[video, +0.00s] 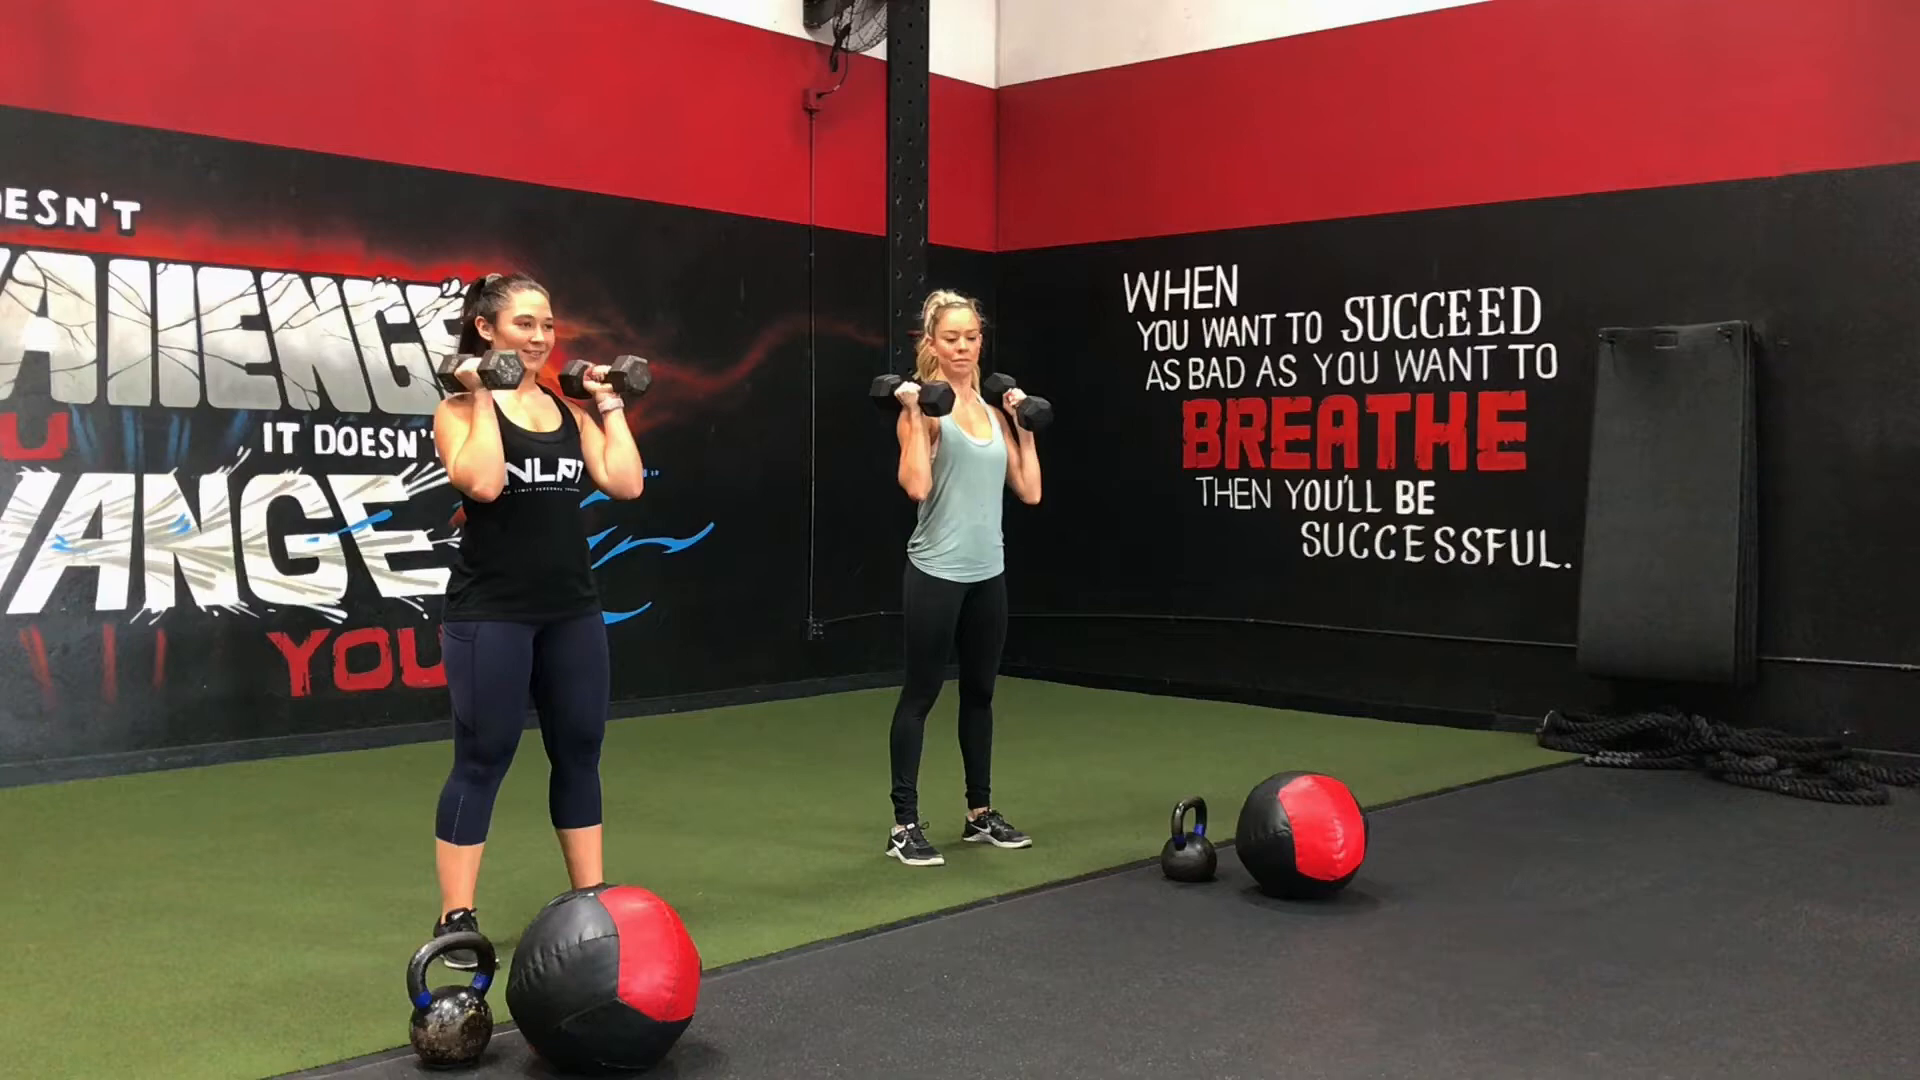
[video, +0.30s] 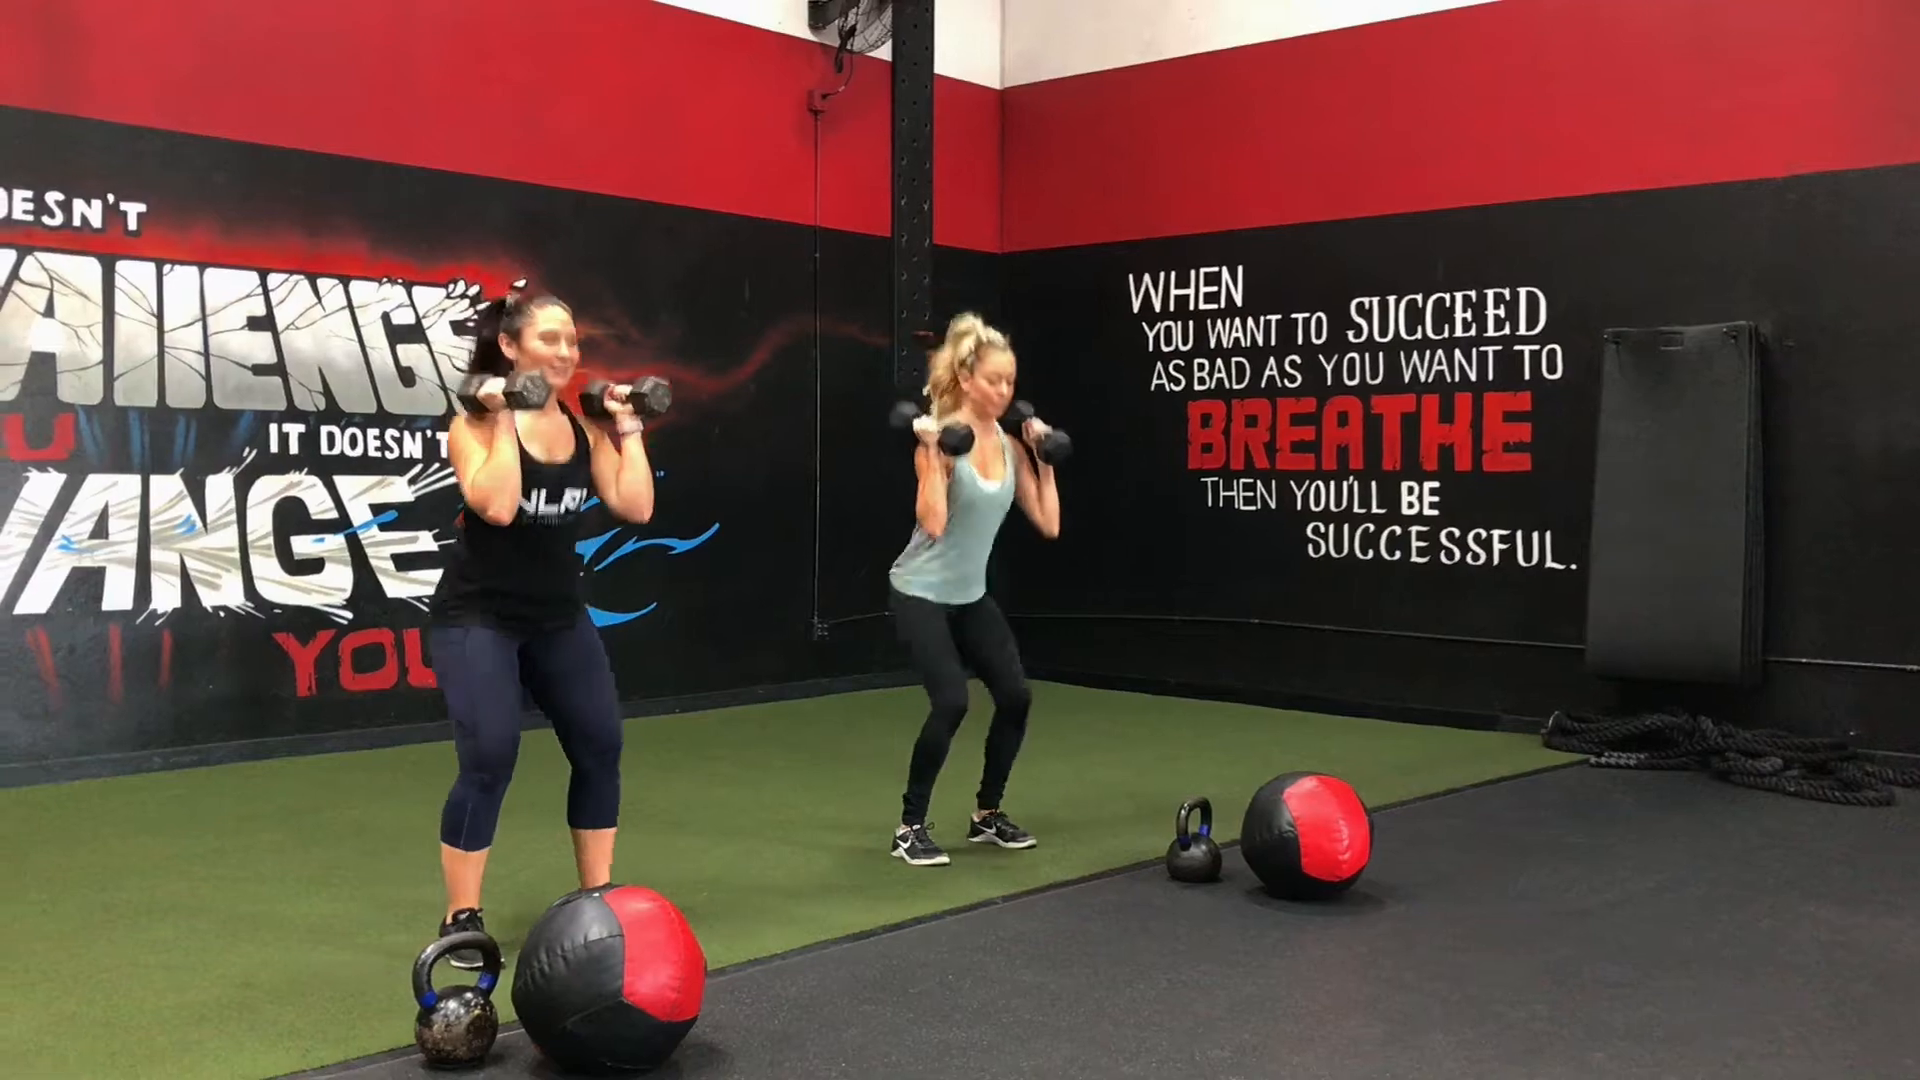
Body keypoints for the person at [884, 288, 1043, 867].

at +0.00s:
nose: (964, 348)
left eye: (972, 338)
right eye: (952, 338)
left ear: (982, 342)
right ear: (930, 343)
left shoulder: (995, 413)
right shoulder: (919, 410)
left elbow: (1030, 493)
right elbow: (916, 486)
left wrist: (1023, 428)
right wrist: (914, 415)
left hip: (987, 572)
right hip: (936, 571)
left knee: (979, 691)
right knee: (920, 692)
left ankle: (979, 815)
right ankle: (906, 824)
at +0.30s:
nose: (1005, 391)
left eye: (1009, 381)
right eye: (994, 380)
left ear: (1013, 383)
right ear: (962, 380)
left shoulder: (1010, 444)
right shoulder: (936, 439)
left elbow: (1049, 523)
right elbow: (933, 523)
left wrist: (1042, 455)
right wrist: (935, 455)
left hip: (972, 596)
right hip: (919, 593)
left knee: (1014, 696)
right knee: (952, 700)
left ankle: (987, 815)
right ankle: (912, 826)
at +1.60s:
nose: (1017, 514)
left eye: (1019, 505)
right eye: (1005, 505)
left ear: (1021, 514)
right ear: (975, 515)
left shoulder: (1014, 573)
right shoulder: (946, 568)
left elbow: (1055, 649)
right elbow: (943, 657)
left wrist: (1052, 580)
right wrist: (944, 578)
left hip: (950, 691)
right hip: (894, 689)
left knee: (1039, 712)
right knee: (954, 723)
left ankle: (990, 817)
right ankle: (915, 831)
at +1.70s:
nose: (1015, 473)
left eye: (1016, 463)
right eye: (1003, 464)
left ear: (1014, 473)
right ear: (971, 473)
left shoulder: (1011, 533)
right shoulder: (947, 531)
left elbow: (1058, 608)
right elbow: (939, 613)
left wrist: (1053, 539)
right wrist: (942, 535)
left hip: (950, 658)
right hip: (897, 657)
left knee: (1034, 711)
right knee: (954, 720)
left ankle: (990, 817)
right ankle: (915, 830)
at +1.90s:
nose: (991, 345)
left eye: (995, 337)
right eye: (980, 335)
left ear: (996, 346)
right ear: (952, 342)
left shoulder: (1001, 402)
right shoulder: (936, 402)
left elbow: (1079, 391)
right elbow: (929, 378)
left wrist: (1058, 325)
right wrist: (933, 309)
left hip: (983, 571)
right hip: (931, 572)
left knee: (998, 686)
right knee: (941, 691)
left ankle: (987, 813)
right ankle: (913, 826)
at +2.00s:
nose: (988, 338)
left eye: (991, 330)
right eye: (977, 328)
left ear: (992, 342)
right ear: (946, 337)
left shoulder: (996, 388)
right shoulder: (932, 388)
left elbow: (1052, 319)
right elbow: (934, 312)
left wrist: (1056, 241)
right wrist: (933, 226)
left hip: (990, 569)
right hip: (939, 569)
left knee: (984, 689)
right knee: (937, 689)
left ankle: (988, 813)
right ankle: (911, 825)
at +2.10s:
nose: (987, 336)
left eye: (990, 328)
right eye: (975, 325)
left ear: (994, 339)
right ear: (947, 332)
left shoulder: (996, 386)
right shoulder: (935, 389)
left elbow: (1048, 312)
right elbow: (941, 304)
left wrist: (1059, 235)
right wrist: (936, 223)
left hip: (988, 568)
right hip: (936, 569)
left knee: (988, 688)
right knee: (939, 687)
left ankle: (987, 813)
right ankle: (913, 824)